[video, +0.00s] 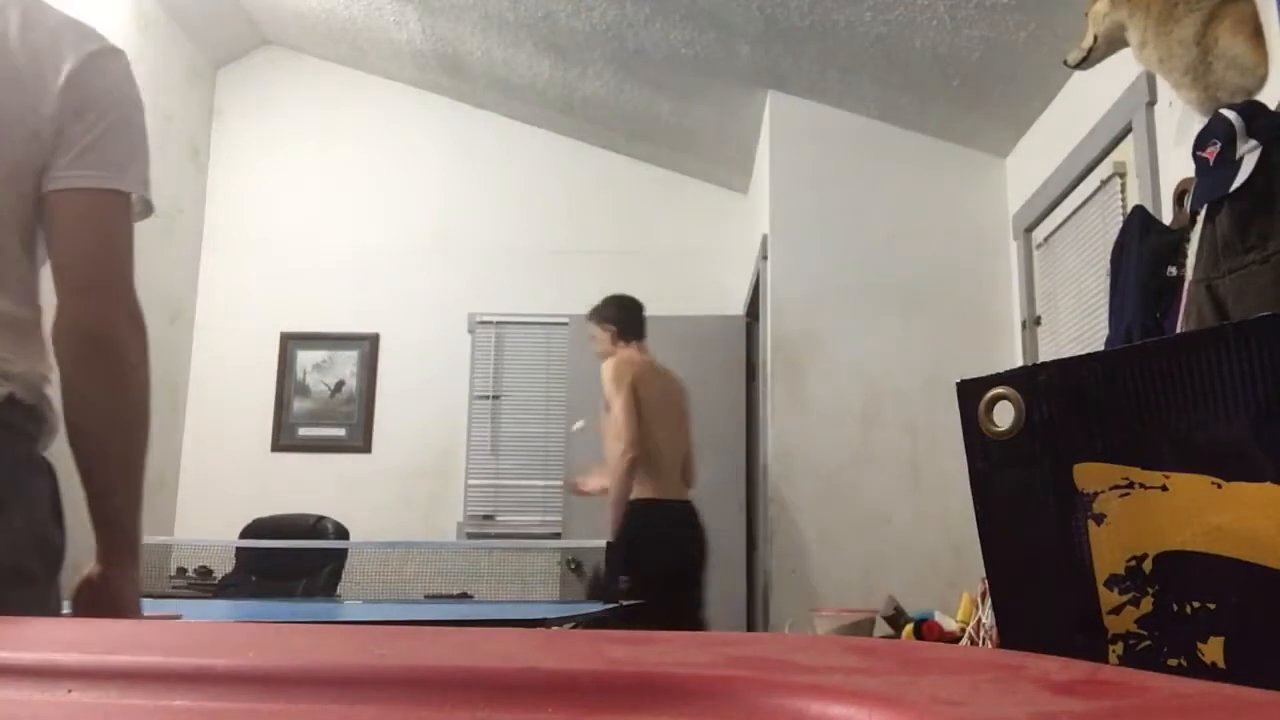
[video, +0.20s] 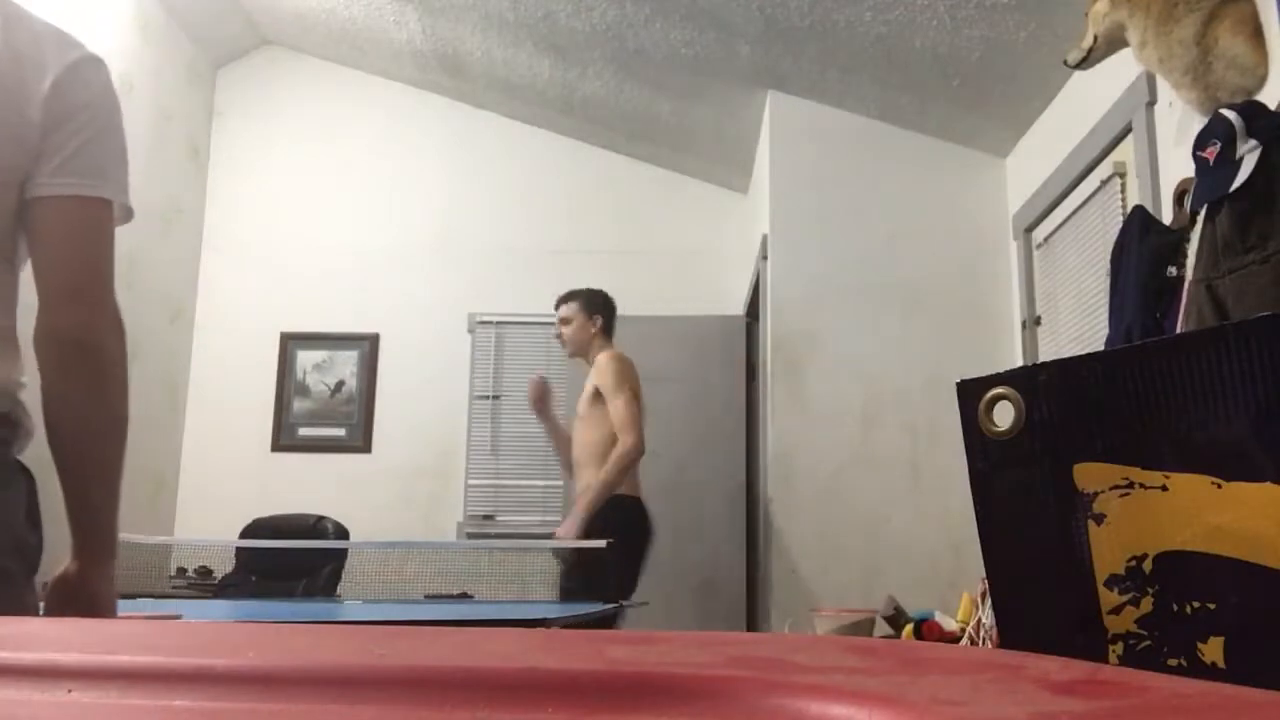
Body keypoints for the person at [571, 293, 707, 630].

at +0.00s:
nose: (594, 346)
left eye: (596, 336)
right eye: (593, 337)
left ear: (614, 332)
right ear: (635, 330)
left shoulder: (618, 366)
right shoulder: (671, 380)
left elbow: (628, 451)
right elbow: (685, 475)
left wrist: (614, 538)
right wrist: (605, 482)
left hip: (644, 523)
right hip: (683, 521)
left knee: (636, 637)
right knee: (684, 635)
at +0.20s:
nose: (558, 332)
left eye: (566, 322)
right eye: (558, 323)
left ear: (595, 324)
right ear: (592, 326)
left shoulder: (610, 363)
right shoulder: (598, 372)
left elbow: (631, 445)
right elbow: (577, 461)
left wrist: (577, 515)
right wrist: (546, 415)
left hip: (613, 519)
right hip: (600, 519)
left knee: (582, 636)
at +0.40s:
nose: (552, 318)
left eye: (563, 310)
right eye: (548, 311)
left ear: (591, 319)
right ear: (545, 319)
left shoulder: (609, 368)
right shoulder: (553, 382)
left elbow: (635, 451)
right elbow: (514, 456)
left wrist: (585, 515)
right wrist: (486, 430)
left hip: (594, 520)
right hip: (552, 519)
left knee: (587, 632)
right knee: (519, 620)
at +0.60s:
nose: (526, 318)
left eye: (538, 311)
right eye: (520, 310)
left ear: (560, 322)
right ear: (513, 319)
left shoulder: (581, 376)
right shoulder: (497, 382)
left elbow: (607, 454)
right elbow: (469, 460)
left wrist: (607, 524)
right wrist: (475, 490)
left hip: (558, 520)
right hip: (502, 521)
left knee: (559, 633)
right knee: (479, 630)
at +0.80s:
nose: (496, 318)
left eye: (508, 311)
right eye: (489, 311)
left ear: (528, 322)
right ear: (482, 320)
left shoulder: (552, 376)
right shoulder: (468, 379)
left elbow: (577, 457)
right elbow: (434, 456)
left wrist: (589, 536)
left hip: (534, 523)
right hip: (474, 521)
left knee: (531, 637)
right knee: (462, 635)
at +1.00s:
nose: (483, 319)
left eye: (494, 311)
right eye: (475, 312)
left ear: (514, 323)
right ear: (467, 323)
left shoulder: (538, 375)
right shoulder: (457, 375)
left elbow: (554, 454)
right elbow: (422, 404)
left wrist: (560, 534)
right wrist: (443, 334)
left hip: (524, 521)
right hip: (465, 521)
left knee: (526, 636)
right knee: (455, 634)